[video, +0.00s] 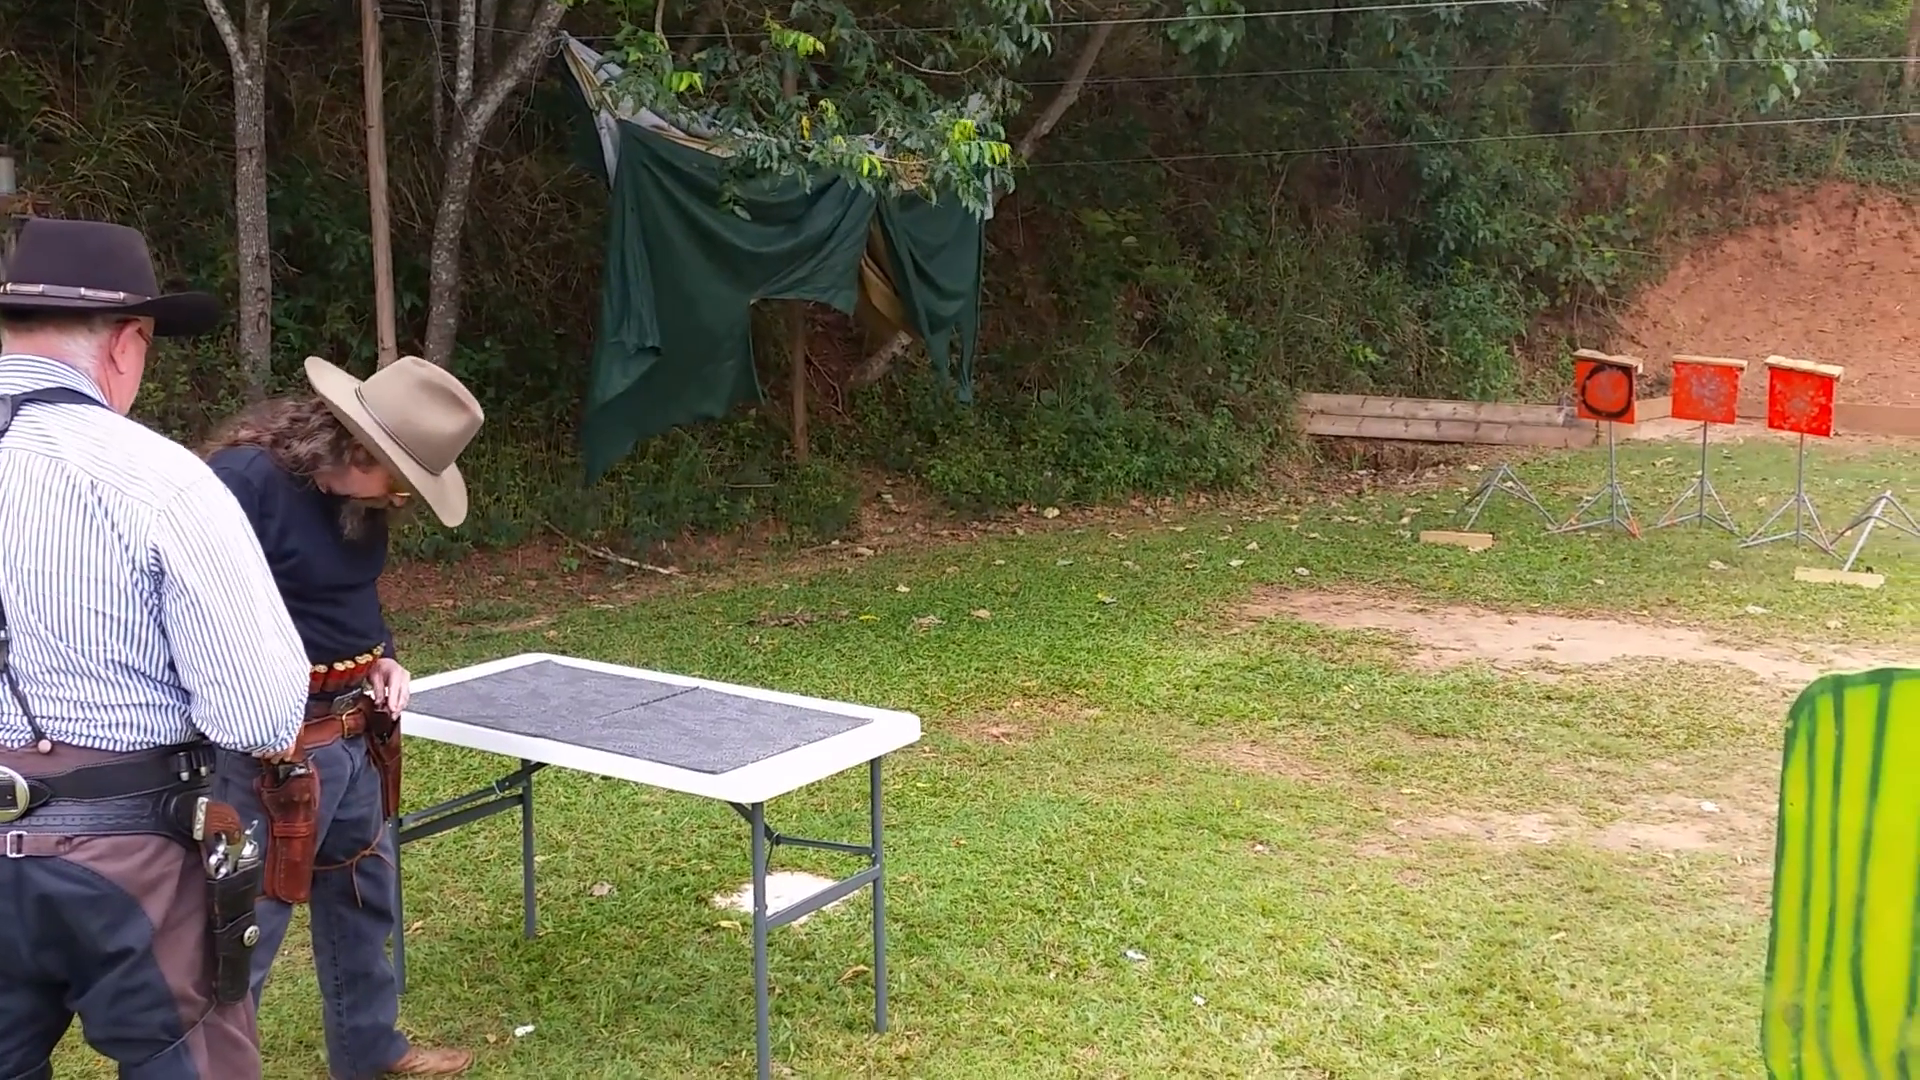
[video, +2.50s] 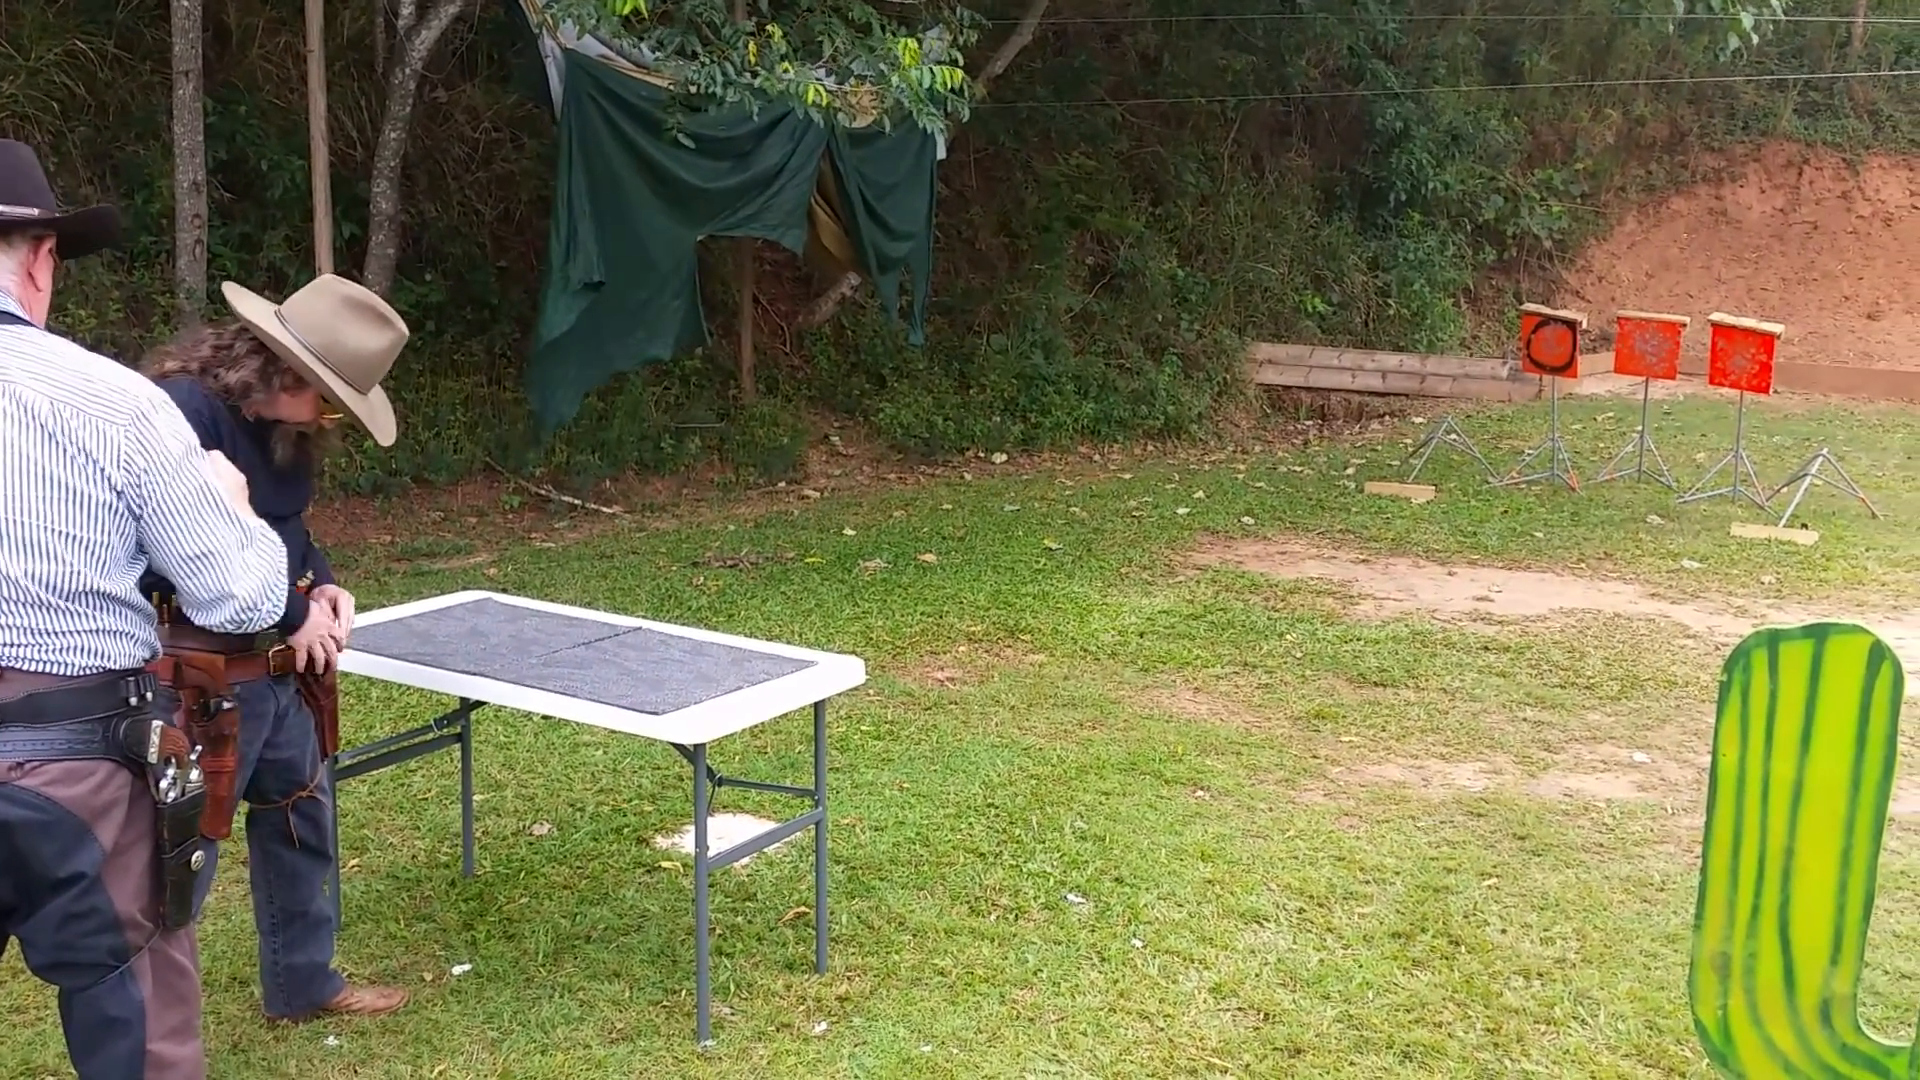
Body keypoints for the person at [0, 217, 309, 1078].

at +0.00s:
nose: (142, 370)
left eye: (147, 347)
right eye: (146, 347)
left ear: (9, 333)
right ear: (120, 346)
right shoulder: (153, 474)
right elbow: (263, 714)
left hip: (1, 825)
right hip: (118, 838)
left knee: (11, 1059)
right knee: (195, 1059)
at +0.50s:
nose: (136, 338)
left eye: (140, 315)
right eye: (139, 316)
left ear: (5, 302)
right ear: (113, 316)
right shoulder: (146, 439)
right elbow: (268, 677)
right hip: (115, 802)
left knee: (7, 1046)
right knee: (192, 1053)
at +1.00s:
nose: (126, 314)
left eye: (126, 292)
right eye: (126, 291)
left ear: (3, 286)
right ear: (103, 295)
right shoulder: (150, 425)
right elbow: (339, 574)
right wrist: (312, 488)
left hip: (4, 774)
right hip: (118, 784)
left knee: (4, 1043)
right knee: (184, 1052)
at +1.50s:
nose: (101, 310)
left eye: (101, 288)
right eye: (102, 286)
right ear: (84, 290)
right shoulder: (135, 424)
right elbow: (306, 565)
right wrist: (288, 492)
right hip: (94, 778)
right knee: (164, 1048)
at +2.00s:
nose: (90, 290)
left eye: (89, 267)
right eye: (91, 267)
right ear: (73, 273)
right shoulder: (123, 412)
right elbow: (297, 548)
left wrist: (184, 646)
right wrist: (270, 461)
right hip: (85, 762)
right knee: (157, 1030)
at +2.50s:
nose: (52, 277)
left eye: (50, 255)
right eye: (51, 254)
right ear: (37, 263)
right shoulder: (108, 400)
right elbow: (248, 597)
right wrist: (237, 508)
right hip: (62, 747)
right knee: (140, 1016)